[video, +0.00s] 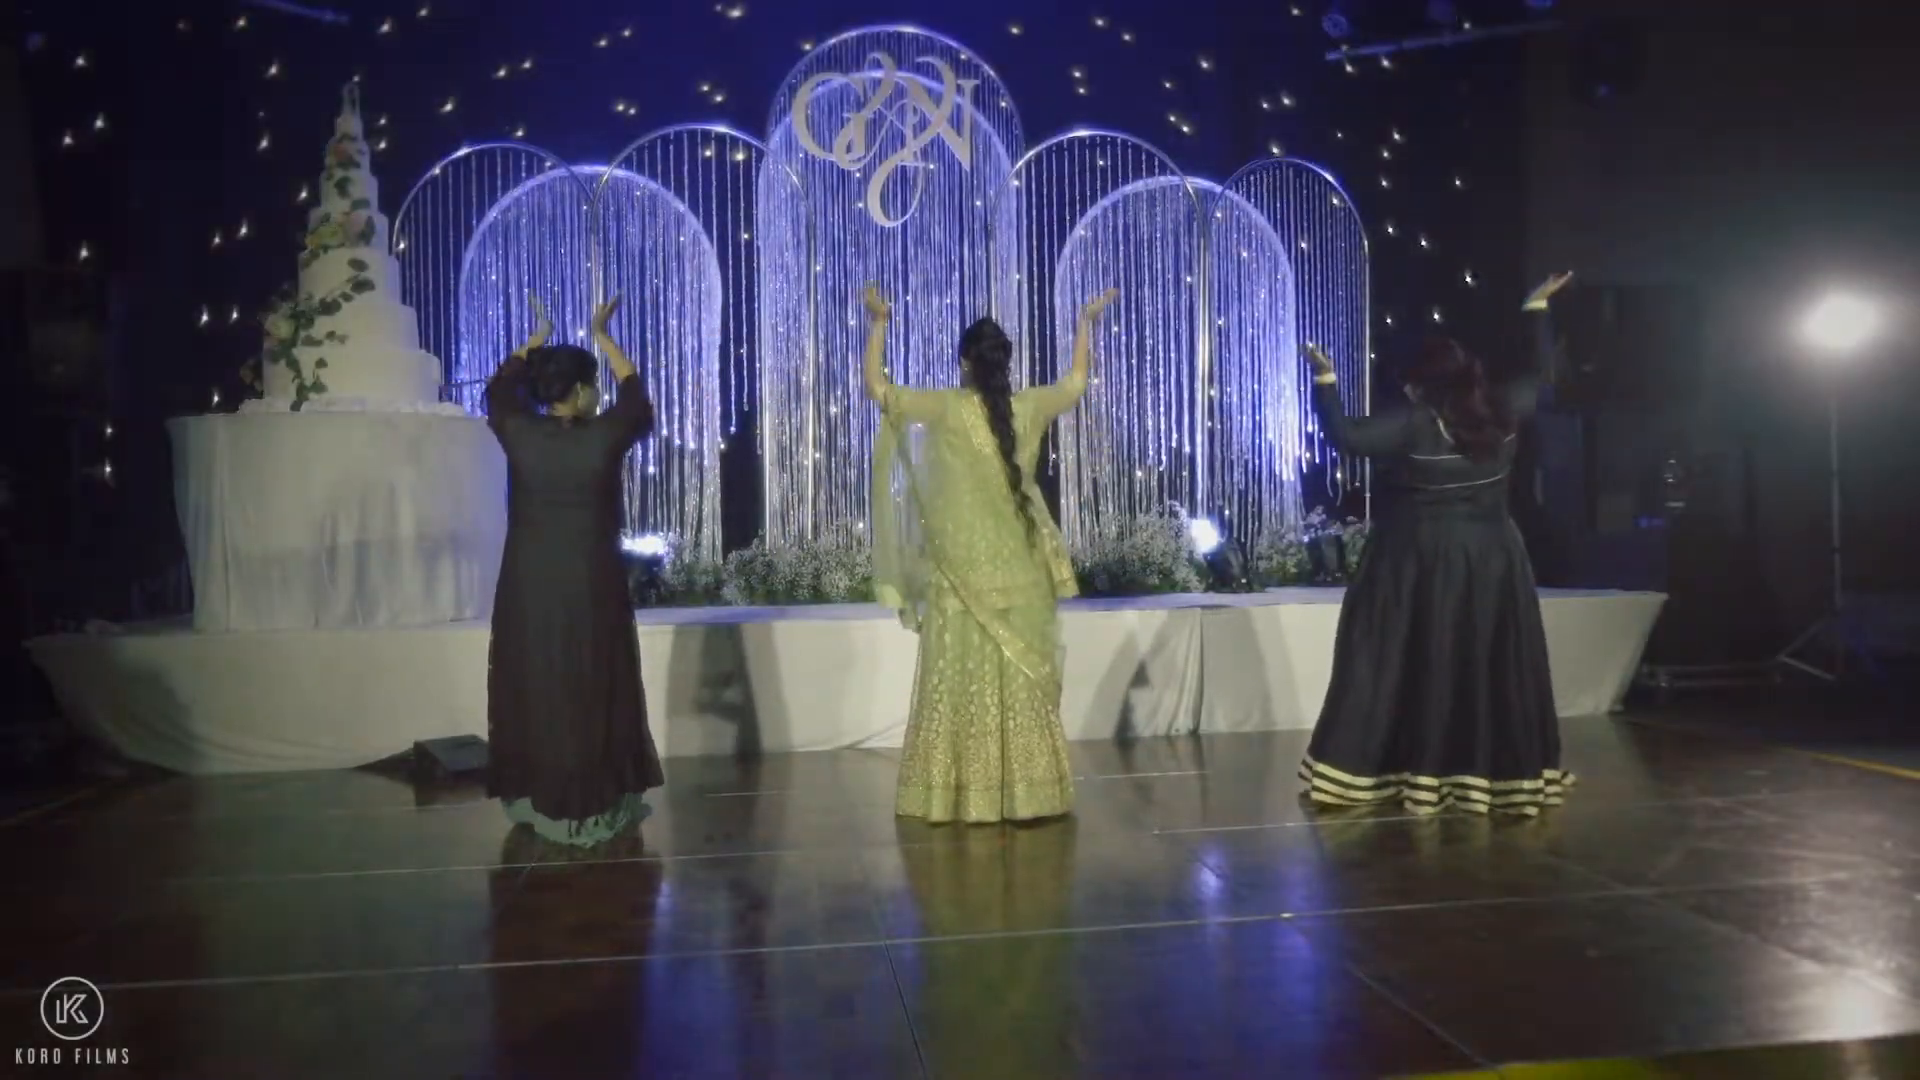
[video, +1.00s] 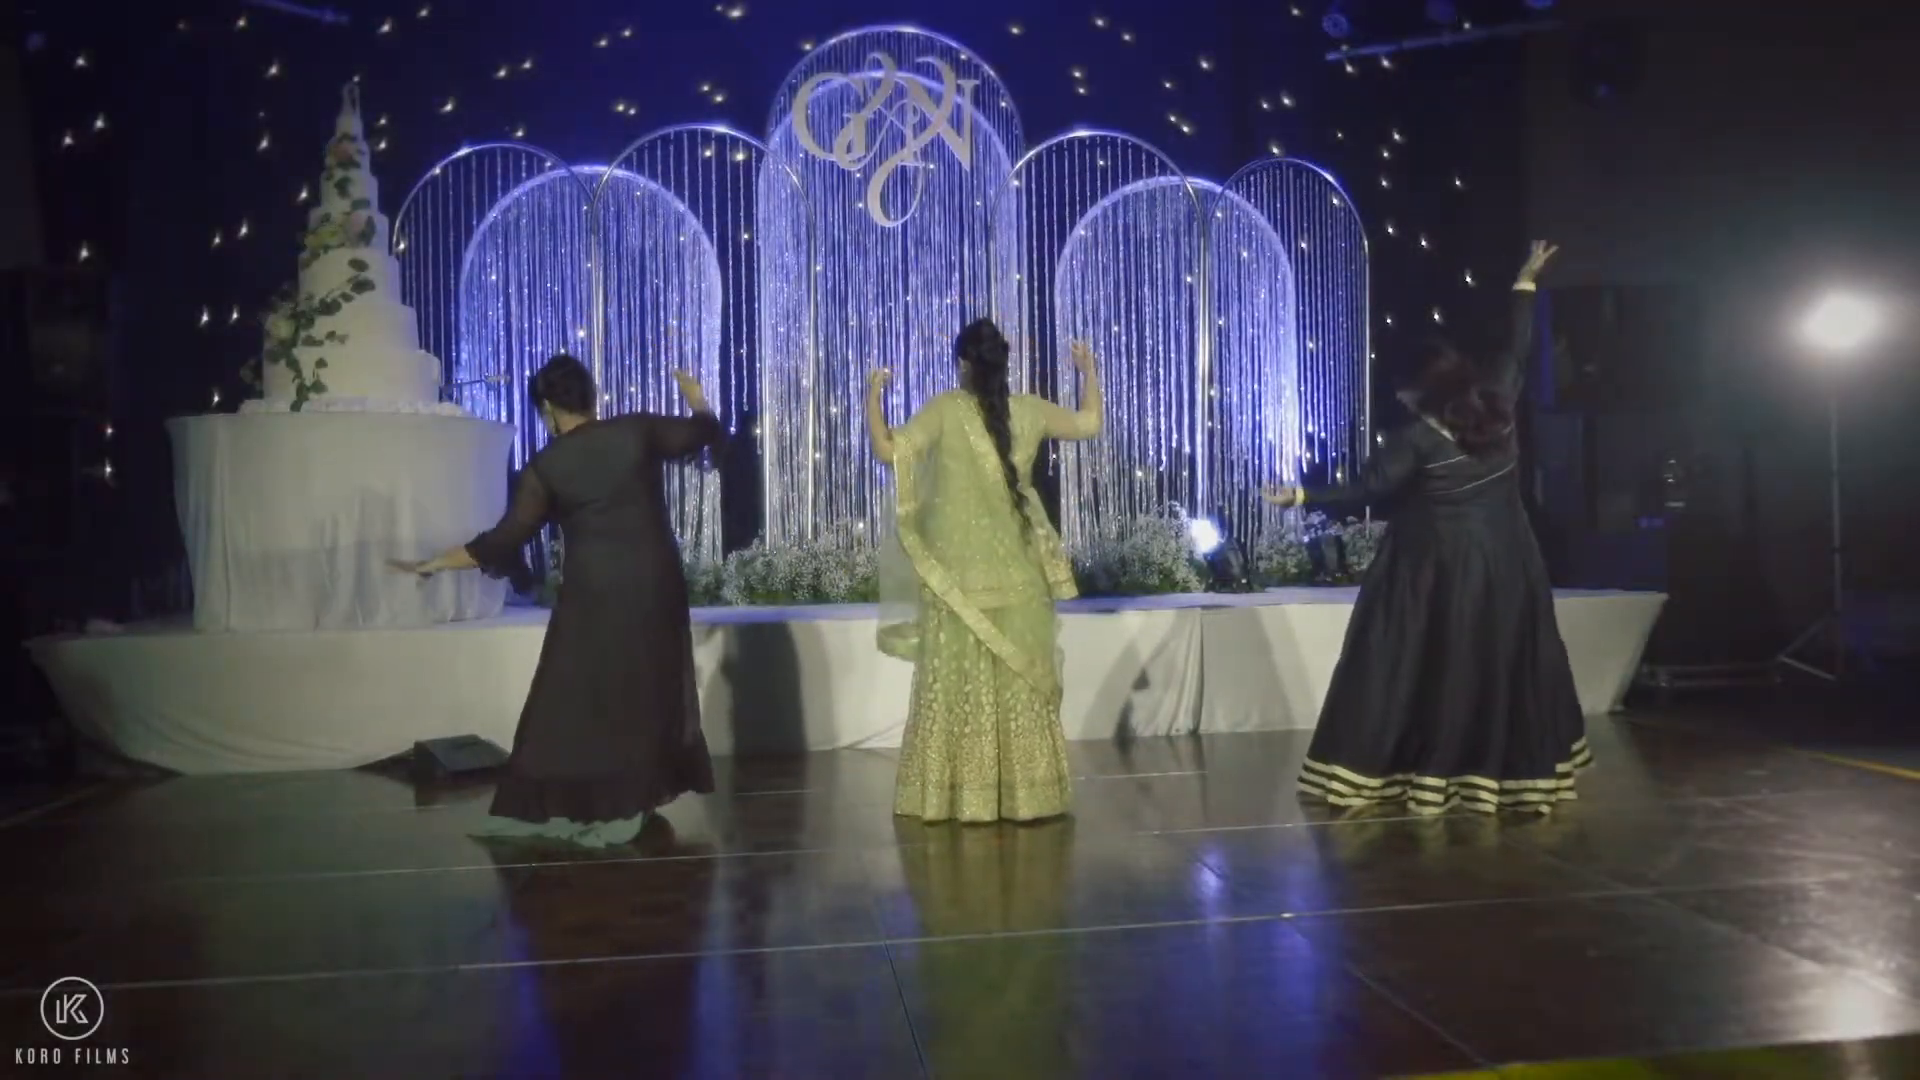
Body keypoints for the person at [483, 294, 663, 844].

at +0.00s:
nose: (595, 394)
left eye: (591, 386)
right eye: (590, 387)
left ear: (539, 393)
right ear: (577, 394)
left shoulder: (519, 435)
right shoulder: (605, 438)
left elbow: (501, 388)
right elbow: (637, 400)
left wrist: (529, 346)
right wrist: (607, 339)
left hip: (530, 577)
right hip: (589, 578)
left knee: (533, 685)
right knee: (597, 685)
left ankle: (536, 803)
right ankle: (598, 805)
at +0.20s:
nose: (590, 394)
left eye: (584, 386)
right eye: (587, 387)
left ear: (537, 397)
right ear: (583, 394)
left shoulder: (519, 438)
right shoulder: (605, 440)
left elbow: (494, 387)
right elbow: (643, 393)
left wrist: (537, 354)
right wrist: (600, 345)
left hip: (530, 580)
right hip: (591, 580)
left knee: (535, 689)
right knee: (596, 690)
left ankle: (540, 808)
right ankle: (599, 808)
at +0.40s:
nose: (579, 391)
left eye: (552, 386)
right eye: (585, 382)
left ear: (544, 391)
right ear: (591, 386)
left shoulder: (530, 433)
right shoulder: (621, 430)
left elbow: (466, 401)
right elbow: (671, 382)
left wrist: (483, 346)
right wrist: (642, 336)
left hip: (546, 582)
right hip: (609, 581)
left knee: (546, 691)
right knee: (612, 689)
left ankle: (552, 811)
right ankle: (611, 808)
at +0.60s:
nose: (567, 401)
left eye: (558, 392)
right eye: (577, 389)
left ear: (553, 396)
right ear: (599, 385)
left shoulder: (543, 445)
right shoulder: (637, 424)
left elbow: (468, 448)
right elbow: (689, 384)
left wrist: (432, 402)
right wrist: (672, 345)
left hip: (576, 589)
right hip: (639, 585)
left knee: (563, 697)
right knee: (630, 696)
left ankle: (569, 817)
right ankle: (624, 813)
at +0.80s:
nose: (548, 410)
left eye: (547, 401)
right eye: (553, 400)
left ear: (551, 403)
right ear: (597, 393)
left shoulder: (550, 459)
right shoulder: (638, 430)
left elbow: (487, 508)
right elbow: (697, 414)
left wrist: (414, 490)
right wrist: (690, 361)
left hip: (588, 593)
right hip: (649, 588)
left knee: (580, 693)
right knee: (637, 691)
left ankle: (579, 809)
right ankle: (631, 806)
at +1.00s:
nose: (543, 418)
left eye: (541, 409)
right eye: (545, 408)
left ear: (549, 409)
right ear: (591, 398)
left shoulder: (546, 467)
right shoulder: (638, 431)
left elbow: (507, 538)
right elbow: (704, 431)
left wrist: (439, 563)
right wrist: (698, 401)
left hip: (592, 594)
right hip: (654, 587)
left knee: (580, 693)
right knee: (639, 691)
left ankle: (578, 809)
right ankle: (633, 806)